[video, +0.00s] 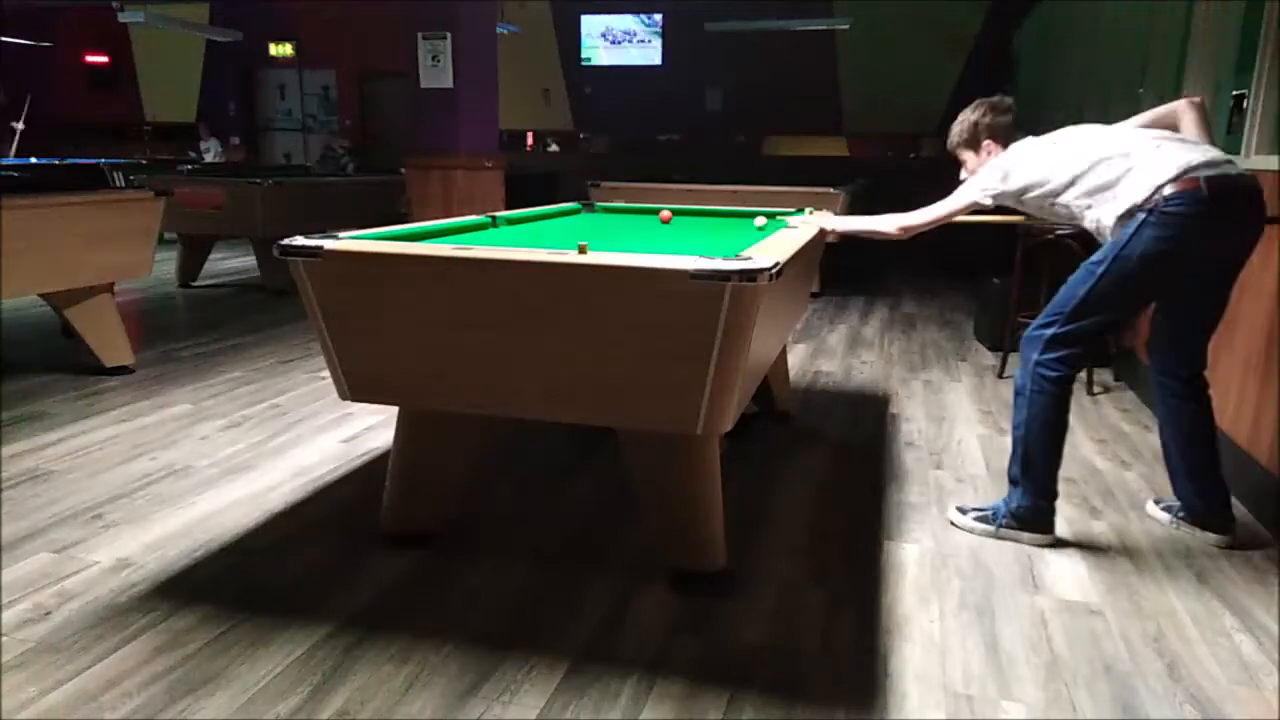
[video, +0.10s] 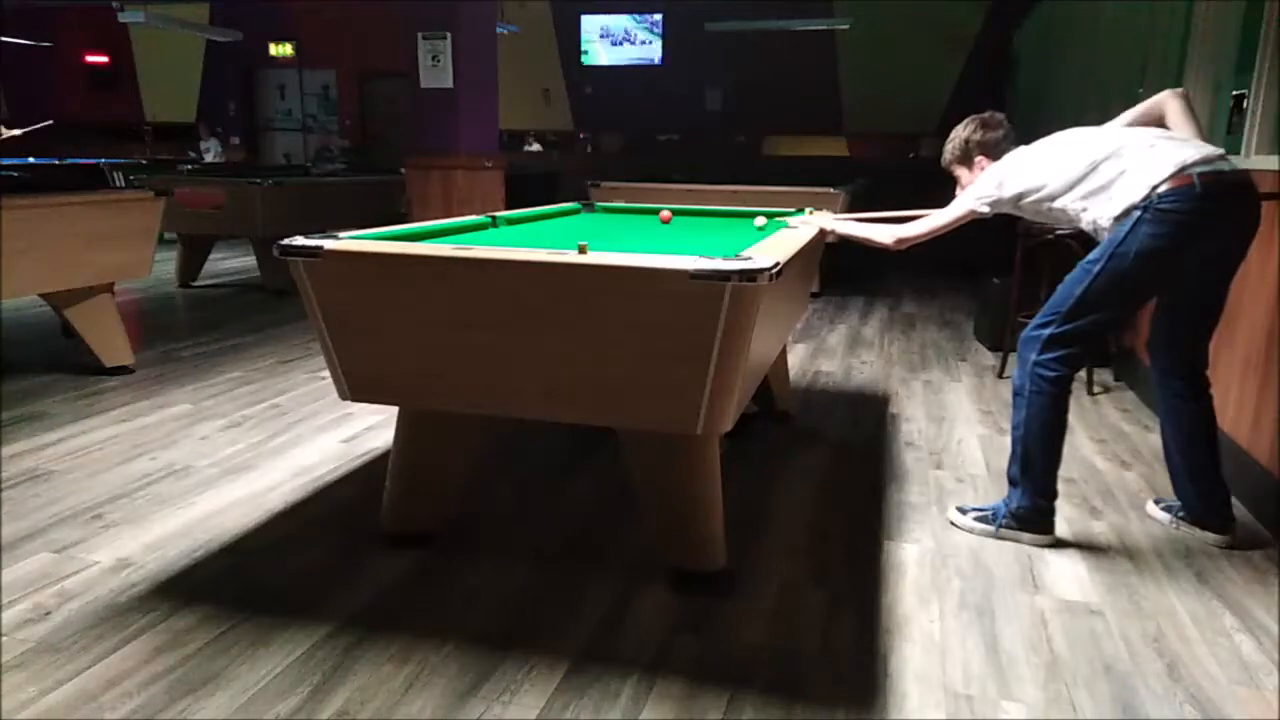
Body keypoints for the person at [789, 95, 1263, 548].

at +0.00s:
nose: (967, 179)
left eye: (967, 168)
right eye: (964, 170)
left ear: (990, 148)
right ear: (1009, 137)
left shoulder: (1005, 168)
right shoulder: (1096, 137)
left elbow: (906, 226)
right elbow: (1185, 107)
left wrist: (839, 225)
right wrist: (1210, 176)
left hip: (1176, 206)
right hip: (1239, 199)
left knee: (1045, 346)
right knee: (1176, 360)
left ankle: (1026, 510)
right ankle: (1207, 509)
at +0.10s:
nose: (962, 195)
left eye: (959, 182)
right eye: (959, 185)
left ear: (978, 166)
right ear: (1008, 148)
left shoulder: (1003, 175)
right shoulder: (1082, 143)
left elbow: (901, 237)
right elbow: (1169, 98)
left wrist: (836, 225)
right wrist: (1203, 165)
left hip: (1174, 201)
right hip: (1234, 197)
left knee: (1045, 345)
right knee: (1178, 359)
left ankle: (1026, 510)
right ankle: (1207, 510)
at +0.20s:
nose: (960, 193)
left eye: (959, 180)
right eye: (958, 183)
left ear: (978, 164)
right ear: (1008, 148)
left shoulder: (1000, 175)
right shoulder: (1082, 142)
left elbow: (900, 237)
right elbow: (1174, 100)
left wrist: (835, 225)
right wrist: (1238, 160)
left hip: (1174, 200)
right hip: (1234, 195)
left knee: (1044, 346)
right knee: (1178, 359)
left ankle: (1026, 511)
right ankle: (1207, 510)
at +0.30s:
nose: (961, 194)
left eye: (959, 181)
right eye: (958, 184)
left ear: (978, 164)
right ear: (1008, 148)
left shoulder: (1002, 175)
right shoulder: (1084, 143)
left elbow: (901, 238)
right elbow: (1171, 100)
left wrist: (834, 224)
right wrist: (1200, 169)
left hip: (1173, 202)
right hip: (1234, 198)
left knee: (1044, 345)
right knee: (1177, 359)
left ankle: (1026, 510)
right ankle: (1207, 510)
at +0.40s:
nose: (959, 194)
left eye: (958, 182)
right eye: (957, 185)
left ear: (978, 166)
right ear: (1006, 152)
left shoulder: (1000, 176)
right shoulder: (1080, 146)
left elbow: (900, 238)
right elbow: (1174, 104)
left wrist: (835, 224)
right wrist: (1233, 165)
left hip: (1174, 201)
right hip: (1233, 198)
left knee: (1042, 346)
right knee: (1177, 358)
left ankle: (1026, 510)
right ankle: (1207, 509)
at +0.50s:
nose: (960, 194)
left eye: (958, 182)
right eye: (957, 185)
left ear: (977, 166)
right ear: (1008, 149)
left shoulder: (1001, 175)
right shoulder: (1081, 145)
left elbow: (900, 239)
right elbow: (1171, 102)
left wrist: (833, 224)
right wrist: (1205, 169)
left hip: (1173, 203)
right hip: (1233, 199)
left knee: (1041, 346)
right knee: (1177, 359)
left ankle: (1026, 510)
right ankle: (1206, 509)